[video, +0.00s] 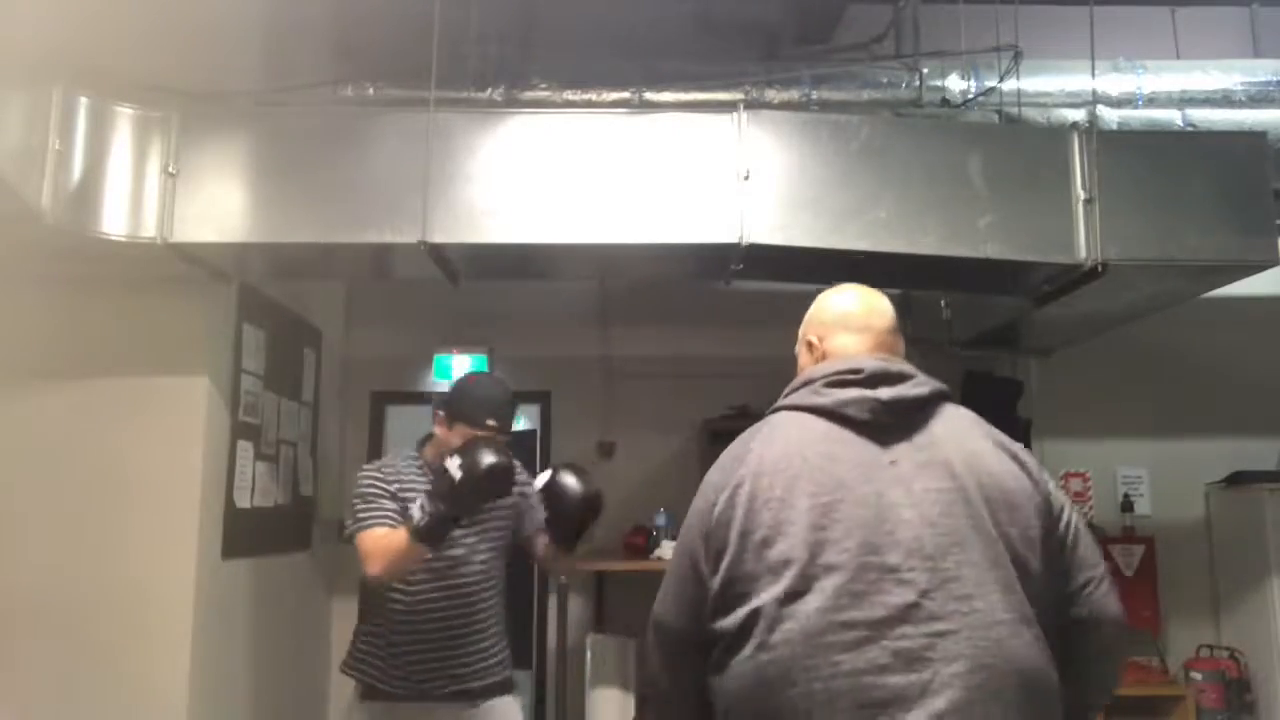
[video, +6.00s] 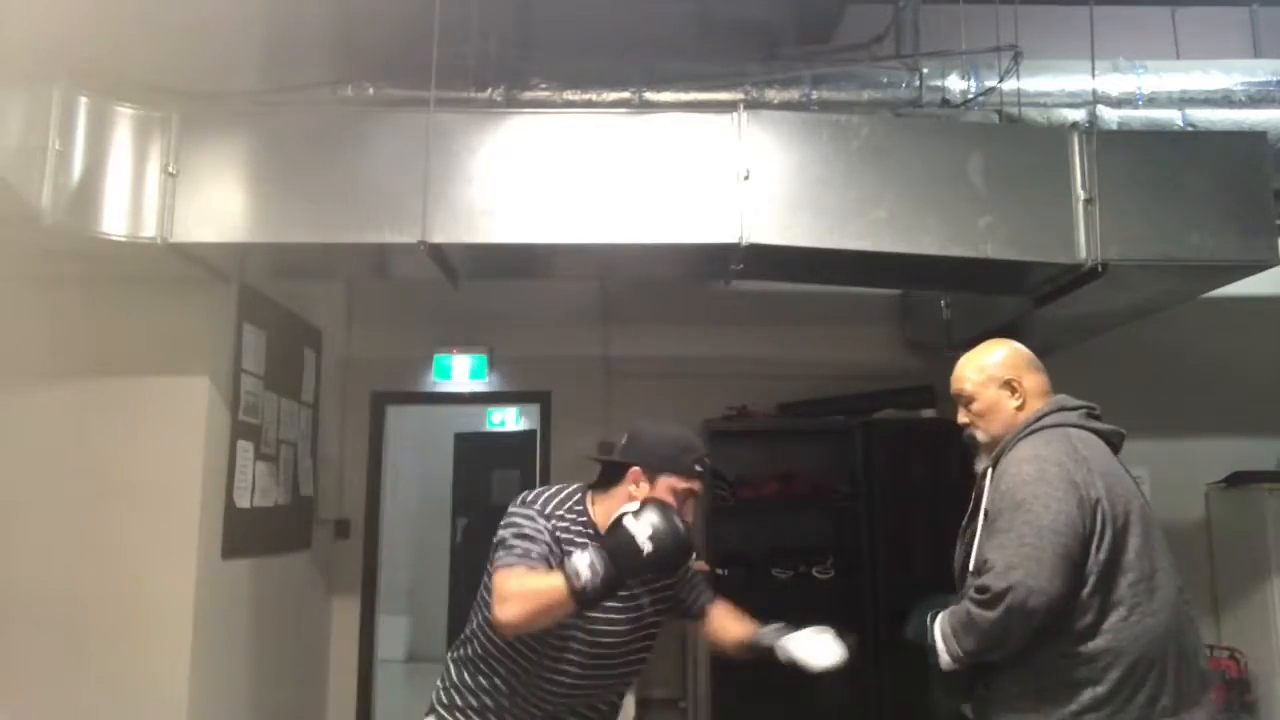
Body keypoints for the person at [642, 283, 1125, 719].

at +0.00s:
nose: (797, 361)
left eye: (797, 351)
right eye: (800, 352)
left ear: (809, 348)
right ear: (903, 351)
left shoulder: (747, 459)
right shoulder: (1002, 451)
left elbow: (671, 635)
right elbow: (1100, 616)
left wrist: (680, 713)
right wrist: (1072, 707)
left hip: (795, 704)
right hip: (998, 703)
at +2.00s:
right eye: (1092, 352)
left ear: (990, 374)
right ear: (1093, 355)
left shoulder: (928, 468)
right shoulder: (1204, 450)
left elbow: (872, 649)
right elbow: (1276, 593)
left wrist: (873, 711)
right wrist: (1261, 698)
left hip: (967, 704)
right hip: (1186, 700)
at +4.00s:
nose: (1000, 403)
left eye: (1008, 385)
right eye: (1000, 389)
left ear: (1055, 380)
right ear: (1056, 380)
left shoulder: (1088, 432)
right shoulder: (1106, 429)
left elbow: (984, 475)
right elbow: (1065, 577)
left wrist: (932, 398)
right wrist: (970, 616)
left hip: (1115, 688)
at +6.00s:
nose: (959, 419)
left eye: (967, 402)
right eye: (957, 405)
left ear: (1014, 392)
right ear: (1016, 394)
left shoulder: (1037, 460)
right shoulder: (1070, 445)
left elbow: (1024, 590)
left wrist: (942, 634)